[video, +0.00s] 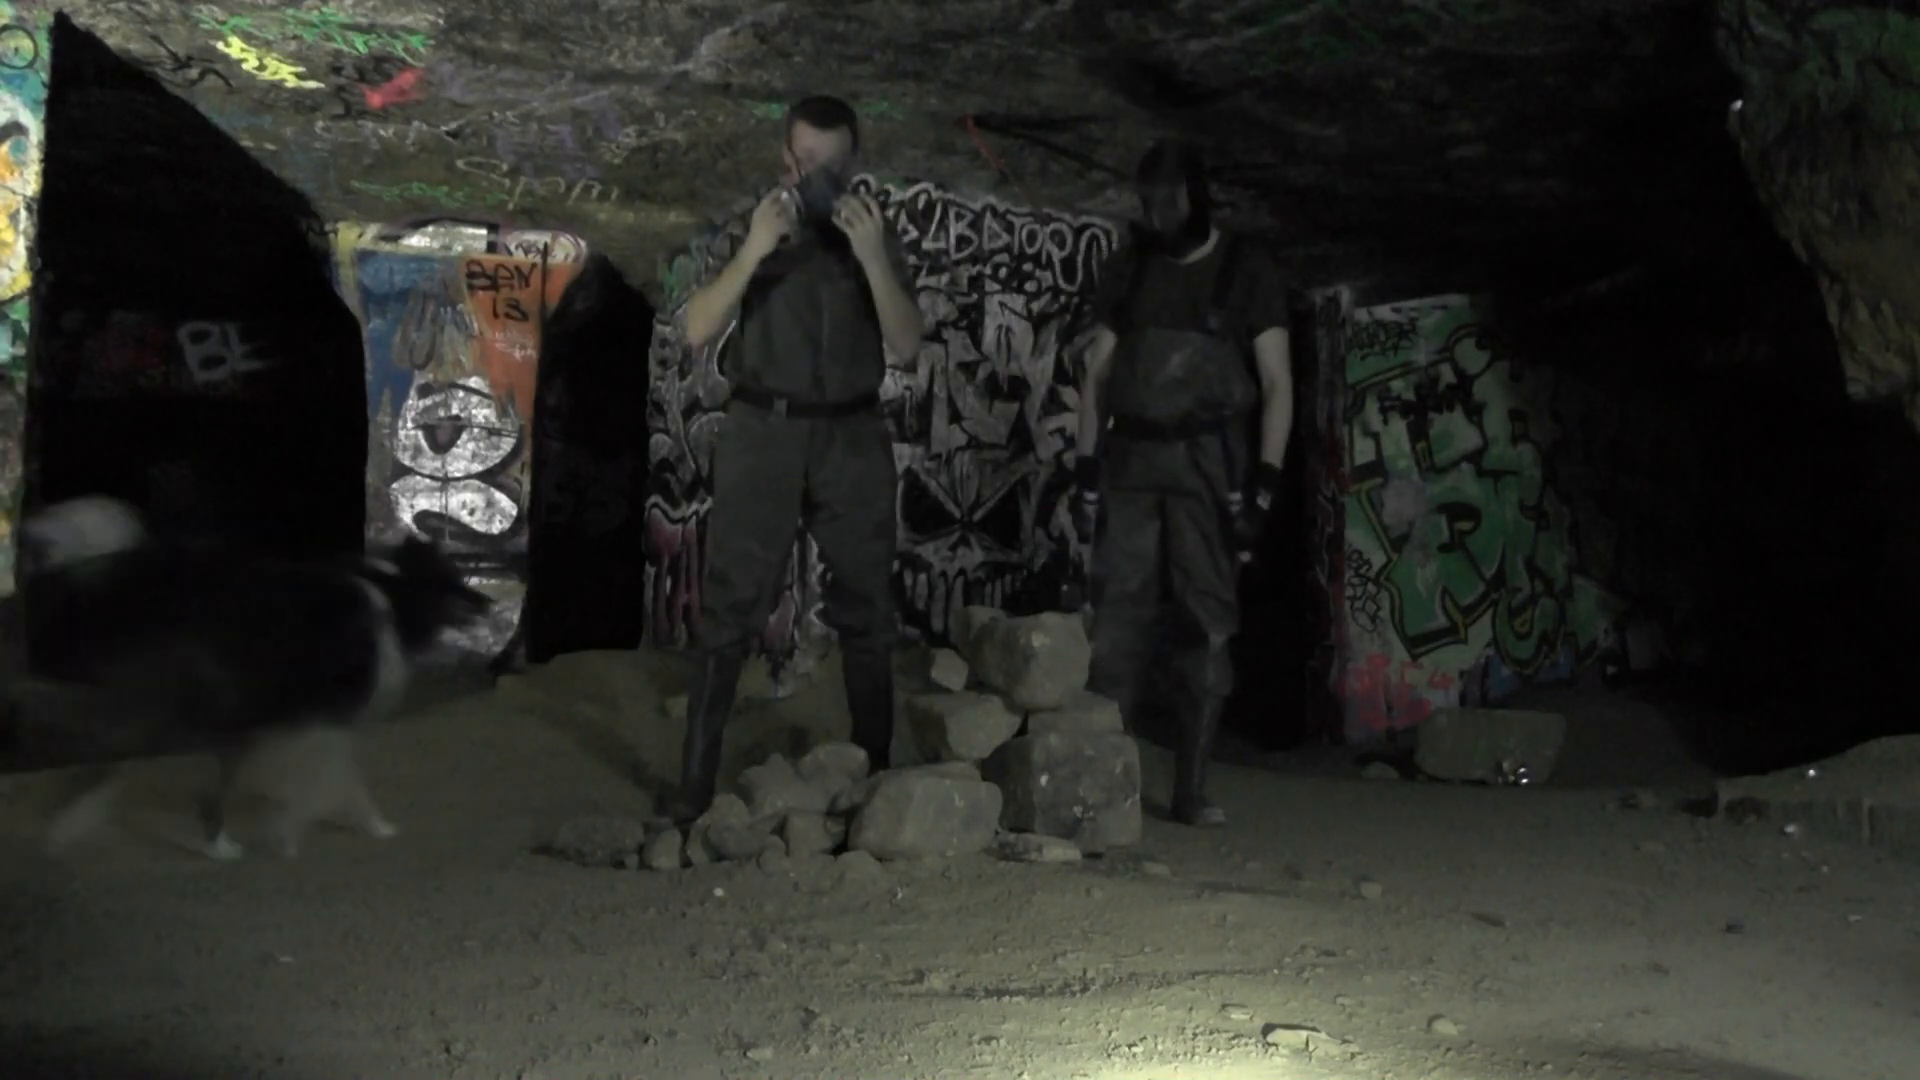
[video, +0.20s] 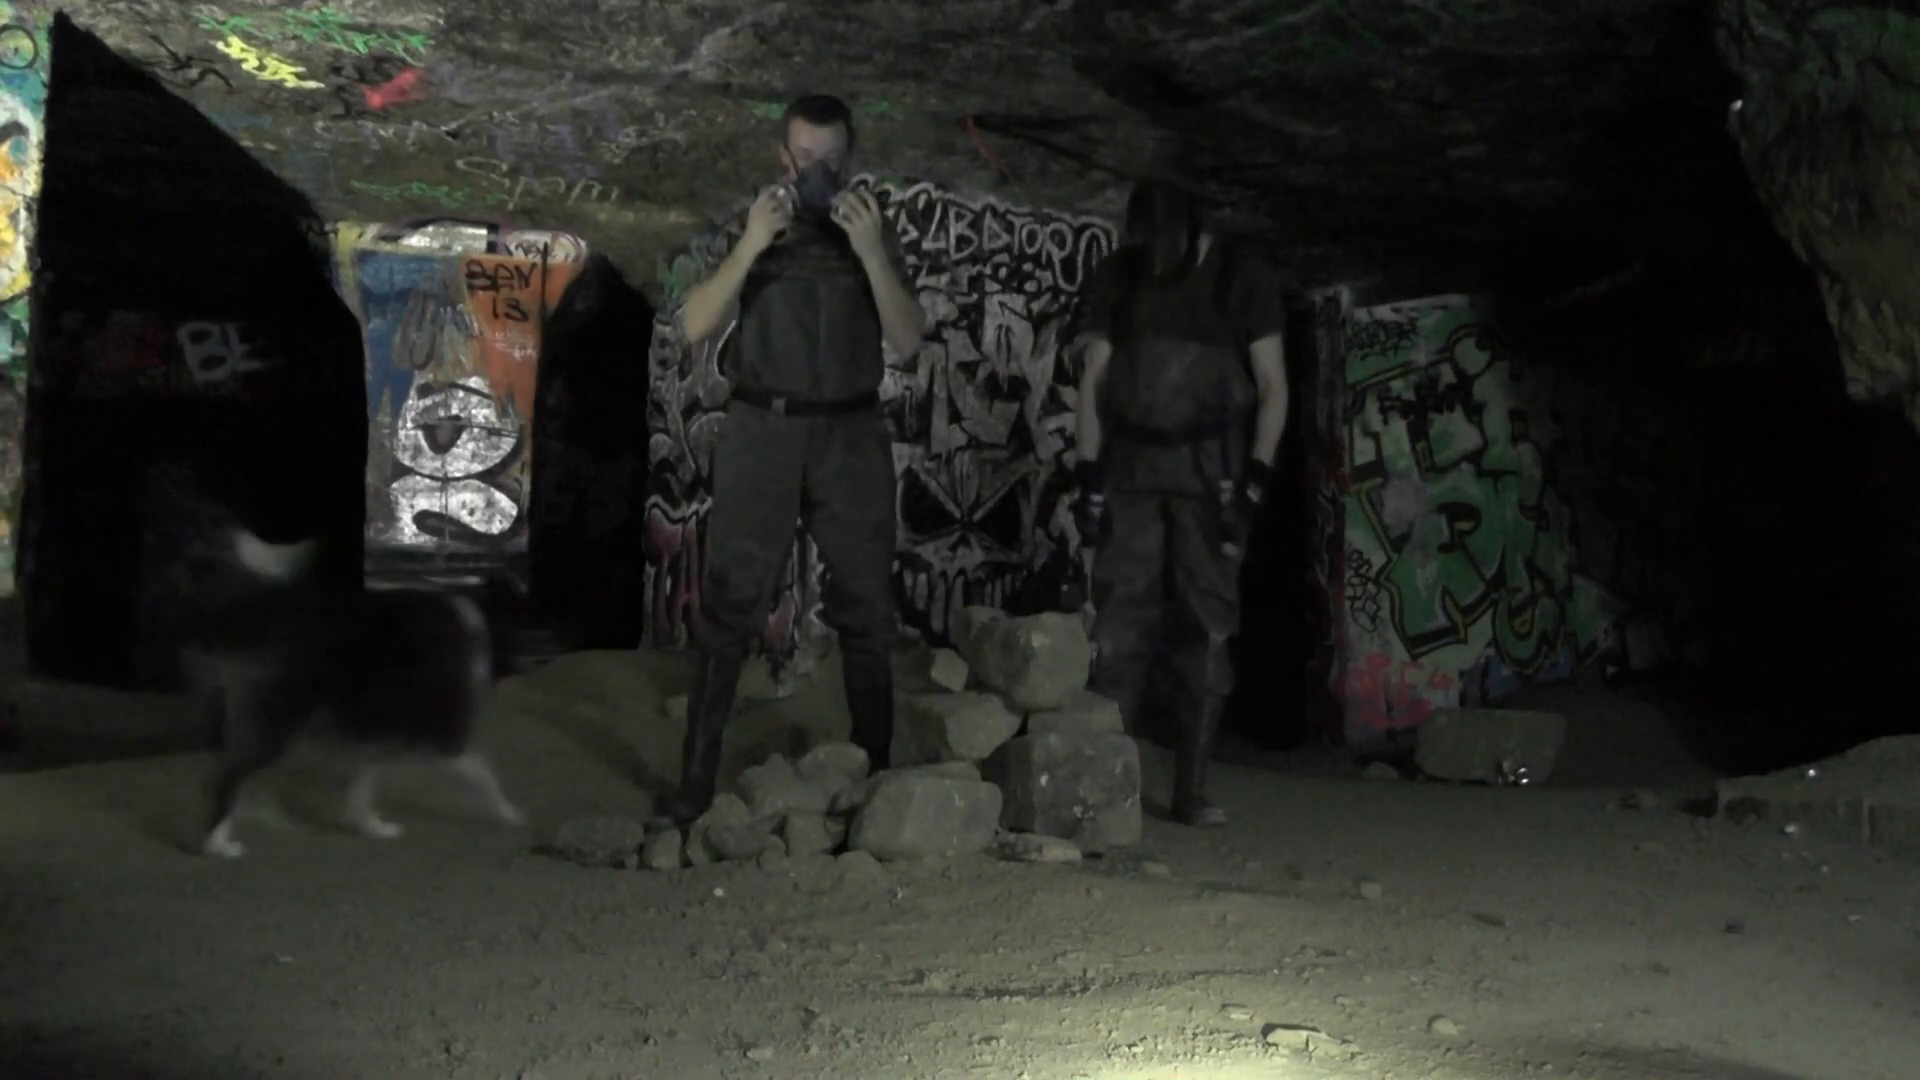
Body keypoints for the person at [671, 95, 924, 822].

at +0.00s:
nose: (816, 182)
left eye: (831, 169)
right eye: (805, 166)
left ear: (855, 161)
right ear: (785, 155)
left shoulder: (874, 230)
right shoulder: (751, 229)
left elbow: (906, 348)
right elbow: (696, 333)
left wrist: (873, 254)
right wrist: (753, 250)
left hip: (853, 446)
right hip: (760, 443)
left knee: (866, 618)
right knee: (730, 614)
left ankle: (876, 782)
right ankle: (695, 788)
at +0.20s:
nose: (819, 175)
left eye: (832, 162)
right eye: (806, 161)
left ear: (852, 157)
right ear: (783, 154)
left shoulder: (870, 229)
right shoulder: (748, 228)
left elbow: (907, 343)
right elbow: (694, 327)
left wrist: (871, 247)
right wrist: (752, 242)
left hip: (852, 444)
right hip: (759, 442)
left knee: (866, 618)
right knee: (732, 612)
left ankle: (876, 783)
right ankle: (696, 787)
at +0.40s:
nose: (810, 176)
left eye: (823, 164)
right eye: (799, 162)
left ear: (847, 160)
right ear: (780, 155)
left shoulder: (869, 229)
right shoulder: (749, 228)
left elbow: (906, 340)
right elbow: (694, 323)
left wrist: (868, 243)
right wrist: (749, 242)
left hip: (851, 444)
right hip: (759, 442)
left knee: (864, 617)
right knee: (731, 611)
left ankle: (875, 783)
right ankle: (695, 786)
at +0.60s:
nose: (808, 176)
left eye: (822, 163)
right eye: (797, 162)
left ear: (846, 158)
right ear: (779, 153)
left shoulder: (867, 228)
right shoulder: (748, 226)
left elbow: (911, 338)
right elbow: (692, 326)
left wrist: (871, 253)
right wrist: (748, 260)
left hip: (850, 444)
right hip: (758, 442)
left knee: (864, 617)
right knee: (732, 613)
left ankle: (876, 782)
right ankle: (695, 786)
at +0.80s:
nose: (818, 198)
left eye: (832, 184)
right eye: (806, 184)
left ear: (851, 171)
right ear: (784, 170)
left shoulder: (874, 235)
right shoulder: (745, 234)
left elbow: (908, 337)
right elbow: (702, 331)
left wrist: (859, 314)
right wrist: (762, 312)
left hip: (850, 445)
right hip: (758, 443)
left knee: (864, 614)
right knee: (732, 608)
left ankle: (876, 779)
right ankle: (696, 787)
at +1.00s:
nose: (816, 204)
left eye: (831, 191)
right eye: (805, 189)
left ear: (851, 178)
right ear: (784, 171)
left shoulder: (876, 238)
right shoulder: (742, 234)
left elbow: (907, 345)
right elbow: (708, 334)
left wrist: (855, 326)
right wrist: (766, 320)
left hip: (850, 444)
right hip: (758, 442)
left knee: (863, 611)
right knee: (731, 609)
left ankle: (874, 777)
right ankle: (695, 784)